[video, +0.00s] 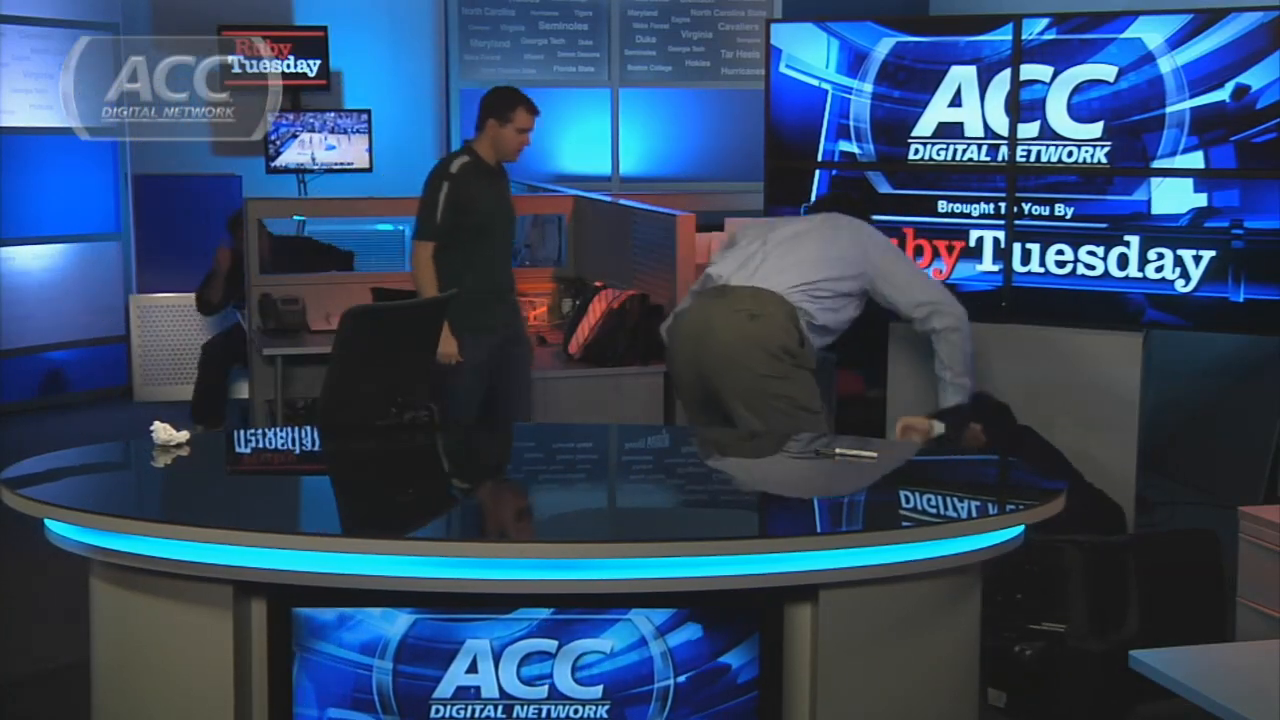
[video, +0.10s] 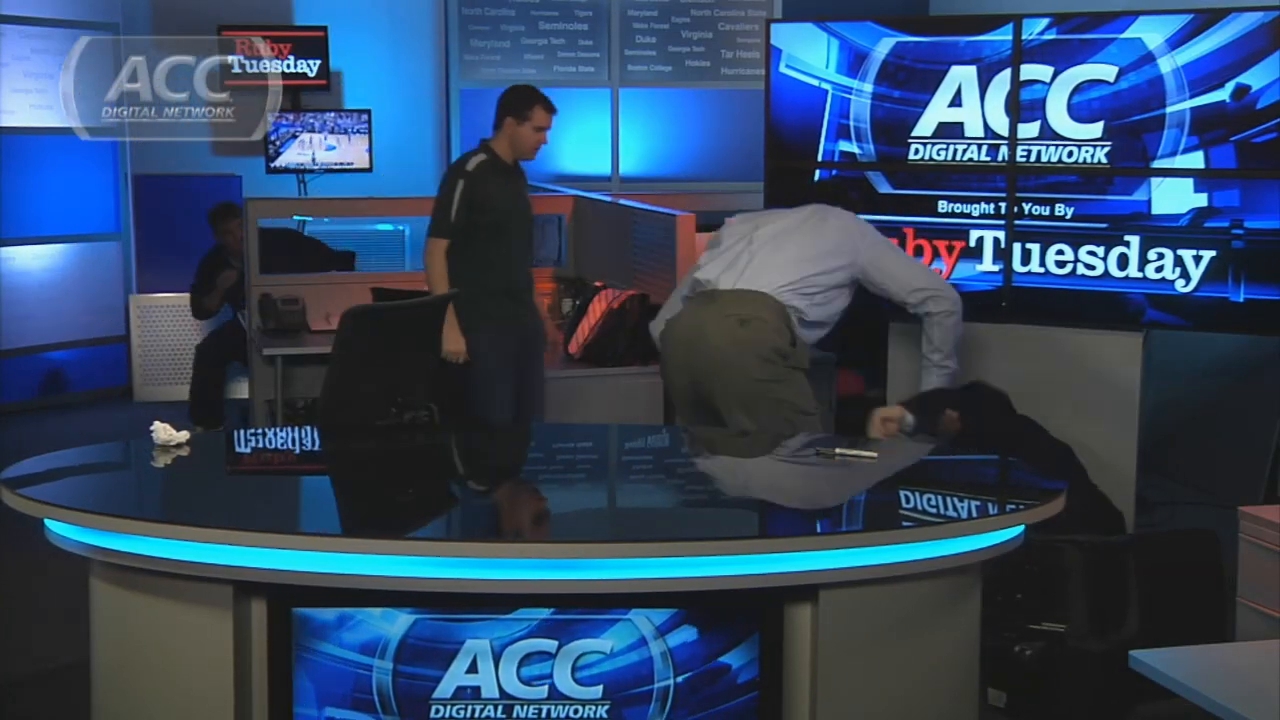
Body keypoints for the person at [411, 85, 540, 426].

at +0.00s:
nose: (526, 141)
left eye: (529, 133)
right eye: (520, 131)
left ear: (497, 128)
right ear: (492, 126)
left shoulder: (498, 176)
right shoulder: (449, 173)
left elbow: (494, 256)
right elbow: (422, 254)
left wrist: (513, 318)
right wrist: (439, 326)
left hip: (504, 324)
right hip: (464, 328)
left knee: (500, 434)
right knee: (460, 434)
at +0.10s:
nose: (544, 140)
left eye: (546, 131)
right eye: (538, 130)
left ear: (518, 127)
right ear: (509, 123)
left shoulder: (516, 178)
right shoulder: (467, 172)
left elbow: (514, 260)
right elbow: (435, 250)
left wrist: (537, 316)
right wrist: (448, 321)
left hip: (518, 320)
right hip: (479, 321)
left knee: (518, 426)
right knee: (484, 428)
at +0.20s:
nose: (559, 140)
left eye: (562, 131)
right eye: (554, 130)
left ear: (533, 125)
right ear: (526, 123)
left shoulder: (532, 177)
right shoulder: (482, 171)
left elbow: (538, 259)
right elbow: (449, 250)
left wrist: (571, 319)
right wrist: (462, 324)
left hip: (531, 322)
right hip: (492, 323)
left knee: (532, 428)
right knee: (506, 432)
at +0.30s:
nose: (576, 140)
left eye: (578, 132)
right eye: (571, 130)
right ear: (543, 123)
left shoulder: (548, 178)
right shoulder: (499, 170)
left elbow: (557, 255)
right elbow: (465, 250)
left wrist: (595, 315)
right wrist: (478, 325)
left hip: (541, 320)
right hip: (507, 321)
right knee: (545, 421)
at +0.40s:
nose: (593, 142)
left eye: (595, 134)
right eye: (588, 132)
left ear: (567, 128)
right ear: (561, 125)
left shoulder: (564, 180)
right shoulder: (516, 172)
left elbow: (573, 251)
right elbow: (483, 251)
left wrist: (612, 311)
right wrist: (496, 328)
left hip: (556, 323)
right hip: (523, 322)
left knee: (556, 427)